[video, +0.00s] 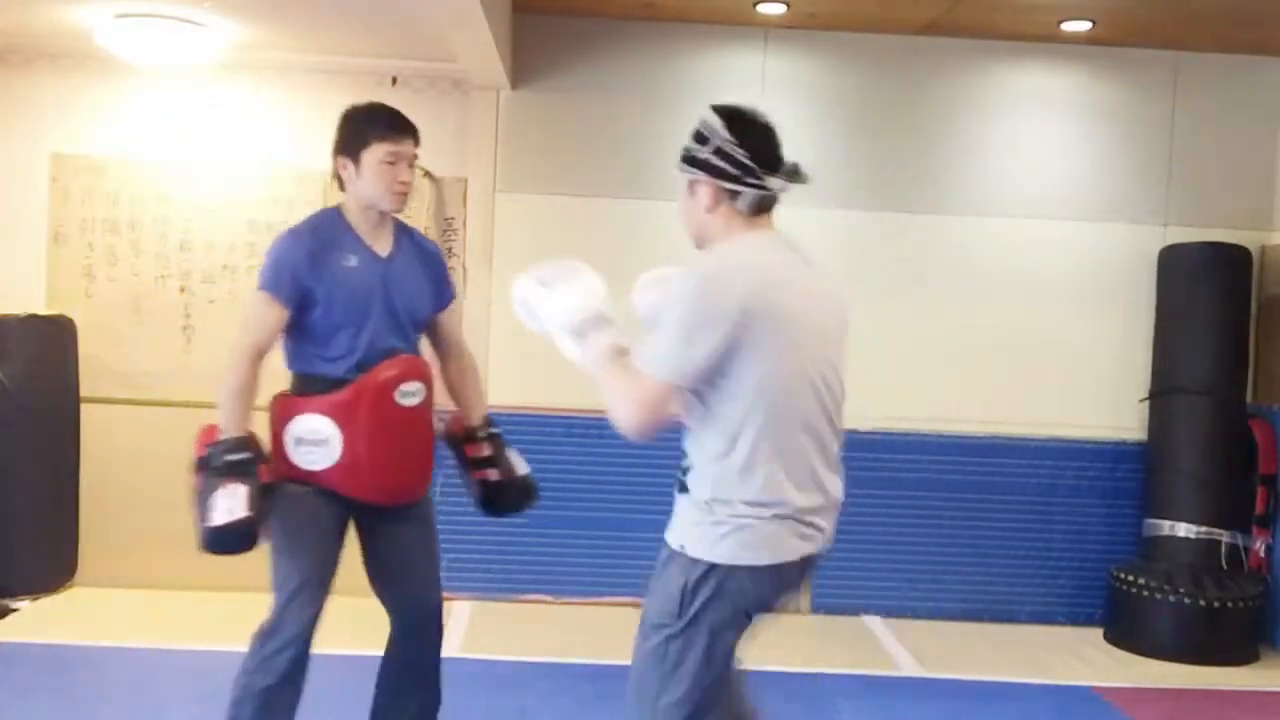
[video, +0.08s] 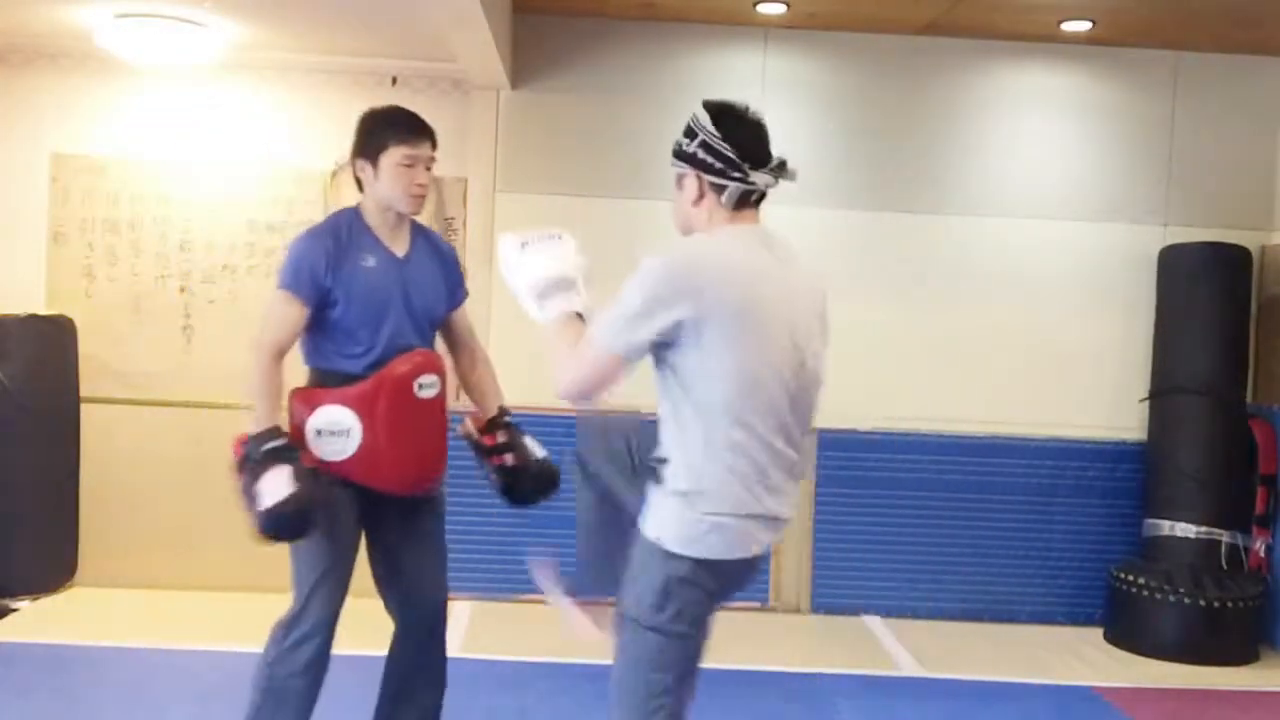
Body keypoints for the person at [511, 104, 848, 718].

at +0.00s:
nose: (682, 203)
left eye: (684, 187)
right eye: (682, 187)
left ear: (706, 191)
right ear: (763, 194)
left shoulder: (723, 278)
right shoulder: (809, 277)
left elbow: (638, 416)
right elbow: (755, 402)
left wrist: (592, 332)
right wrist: (685, 318)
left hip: (726, 541)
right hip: (795, 533)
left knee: (662, 698)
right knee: (703, 673)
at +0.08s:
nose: (674, 196)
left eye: (676, 181)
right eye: (675, 181)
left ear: (695, 186)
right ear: (755, 189)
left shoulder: (684, 267)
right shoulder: (797, 273)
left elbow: (574, 384)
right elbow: (781, 400)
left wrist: (557, 300)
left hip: (698, 526)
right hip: (762, 512)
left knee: (645, 704)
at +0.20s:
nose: (670, 193)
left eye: (673, 177)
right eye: (672, 177)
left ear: (689, 183)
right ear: (751, 191)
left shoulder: (674, 269)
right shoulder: (787, 272)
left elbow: (552, 371)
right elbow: (808, 374)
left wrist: (548, 289)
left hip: (653, 524)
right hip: (707, 512)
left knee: (626, 704)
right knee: (552, 404)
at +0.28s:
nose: (660, 203)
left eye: (662, 187)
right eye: (664, 187)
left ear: (678, 195)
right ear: (740, 201)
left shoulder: (666, 286)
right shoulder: (778, 286)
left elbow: (551, 381)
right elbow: (833, 383)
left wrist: (549, 302)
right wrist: (782, 325)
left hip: (635, 535)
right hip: (694, 531)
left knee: (611, 708)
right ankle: (473, 456)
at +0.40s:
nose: (641, 208)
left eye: (644, 193)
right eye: (645, 193)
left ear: (658, 199)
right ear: (721, 204)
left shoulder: (638, 291)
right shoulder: (763, 299)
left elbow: (555, 418)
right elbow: (807, 416)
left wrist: (529, 336)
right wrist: (752, 366)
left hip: (623, 539)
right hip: (698, 539)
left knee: (612, 702)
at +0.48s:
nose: (634, 207)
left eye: (636, 192)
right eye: (636, 192)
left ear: (650, 199)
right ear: (713, 203)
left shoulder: (625, 289)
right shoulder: (758, 298)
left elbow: (557, 418)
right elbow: (780, 418)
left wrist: (529, 347)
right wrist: (710, 377)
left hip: (618, 537)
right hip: (699, 533)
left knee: (615, 702)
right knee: (641, 616)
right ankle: (658, 707)